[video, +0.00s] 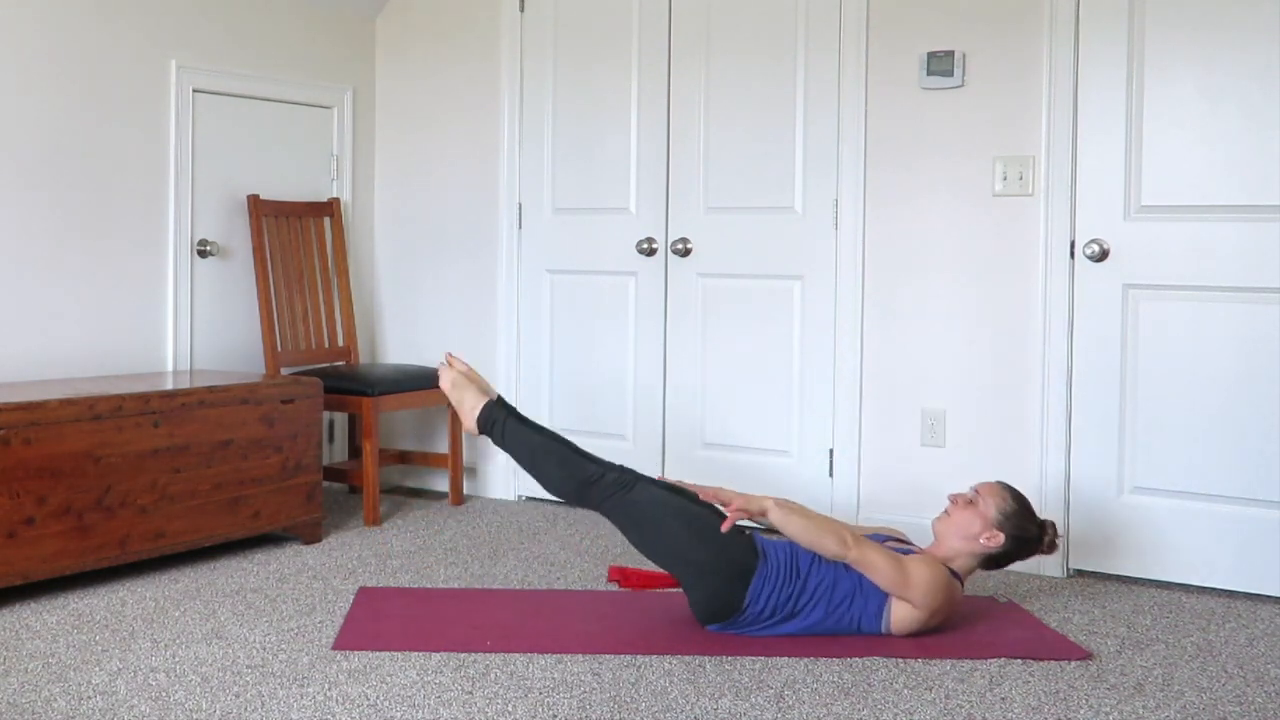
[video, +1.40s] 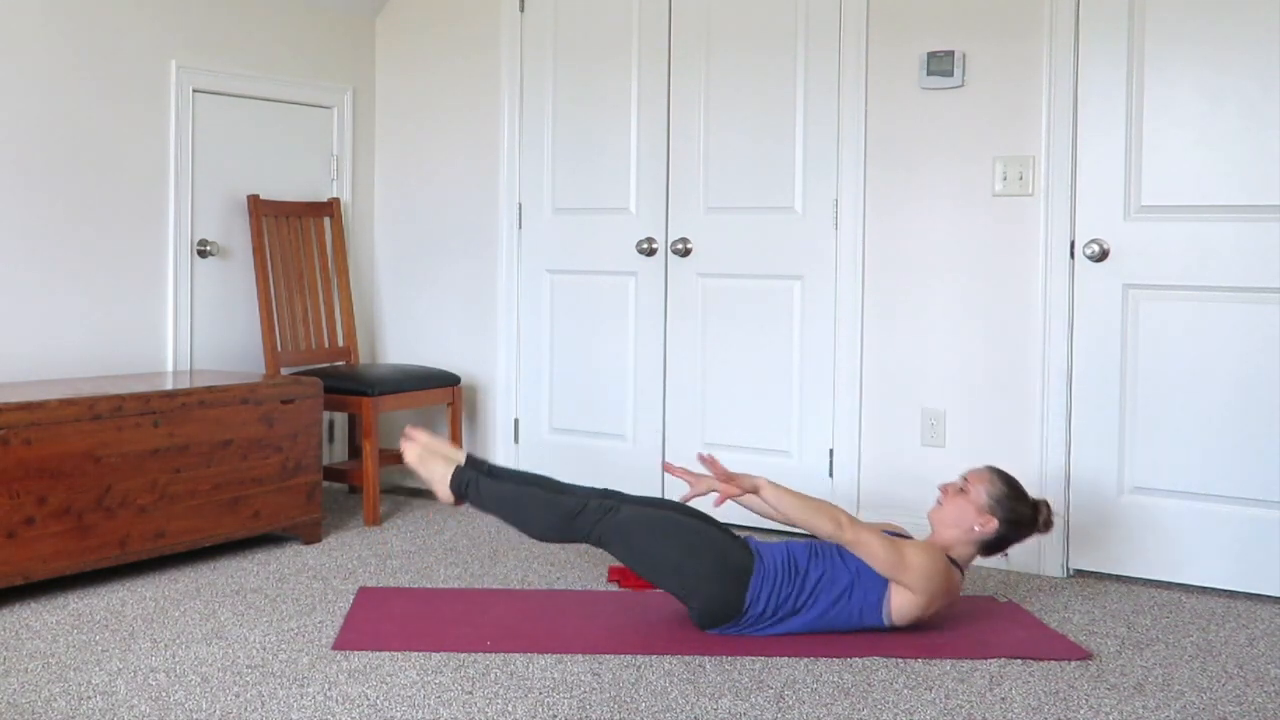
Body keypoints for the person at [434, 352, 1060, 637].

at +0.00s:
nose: (953, 501)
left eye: (969, 505)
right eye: (966, 496)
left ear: (985, 543)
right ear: (967, 527)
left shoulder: (930, 585)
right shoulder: (912, 559)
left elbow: (843, 543)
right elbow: (822, 533)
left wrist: (767, 509)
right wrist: (744, 504)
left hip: (739, 582)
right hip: (740, 563)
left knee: (606, 484)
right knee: (607, 480)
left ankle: (484, 409)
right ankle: (486, 414)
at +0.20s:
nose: (932, 495)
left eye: (949, 495)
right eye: (941, 487)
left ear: (973, 529)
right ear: (948, 508)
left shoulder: (925, 577)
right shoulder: (904, 543)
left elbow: (833, 548)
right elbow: (815, 524)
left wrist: (744, 517)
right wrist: (729, 507)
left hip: (736, 586)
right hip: (739, 565)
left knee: (598, 510)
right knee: (602, 504)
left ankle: (456, 458)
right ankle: (462, 463)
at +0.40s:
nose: (892, 438)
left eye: (910, 435)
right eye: (900, 428)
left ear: (940, 464)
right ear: (915, 450)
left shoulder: (907, 524)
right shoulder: (876, 494)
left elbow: (809, 524)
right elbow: (788, 496)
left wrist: (711, 514)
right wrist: (701, 496)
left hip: (729, 588)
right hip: (726, 565)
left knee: (597, 491)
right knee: (598, 487)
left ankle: (449, 520)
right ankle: (454, 514)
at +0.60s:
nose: (829, 380)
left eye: (843, 376)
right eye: (836, 370)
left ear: (872, 403)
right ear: (863, 400)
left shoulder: (863, 472)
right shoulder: (827, 451)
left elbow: (757, 497)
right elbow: (737, 476)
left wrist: (657, 513)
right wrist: (650, 504)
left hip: (724, 595)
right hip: (717, 574)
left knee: (635, 446)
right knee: (632, 445)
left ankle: (500, 503)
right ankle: (497, 489)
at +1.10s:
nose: (862, 408)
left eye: (877, 404)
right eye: (871, 399)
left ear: (906, 431)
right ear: (896, 425)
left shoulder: (875, 494)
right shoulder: (860, 475)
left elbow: (770, 493)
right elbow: (762, 480)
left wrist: (677, 490)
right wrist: (672, 486)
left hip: (726, 595)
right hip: (727, 570)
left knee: (617, 463)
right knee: (618, 458)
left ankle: (468, 482)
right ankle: (473, 474)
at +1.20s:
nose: (898, 442)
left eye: (915, 441)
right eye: (907, 433)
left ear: (940, 471)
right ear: (923, 459)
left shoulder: (902, 527)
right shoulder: (884, 505)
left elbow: (800, 508)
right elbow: (789, 499)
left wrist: (700, 491)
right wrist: (696, 487)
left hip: (727, 586)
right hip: (729, 566)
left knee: (590, 493)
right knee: (594, 492)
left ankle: (445, 494)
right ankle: (450, 490)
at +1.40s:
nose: (941, 496)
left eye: (958, 496)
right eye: (951, 489)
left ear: (980, 532)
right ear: (965, 518)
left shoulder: (926, 571)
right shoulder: (920, 556)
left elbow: (836, 526)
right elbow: (833, 525)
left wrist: (751, 488)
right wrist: (741, 487)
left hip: (739, 584)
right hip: (741, 564)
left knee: (602, 513)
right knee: (602, 505)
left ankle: (457, 479)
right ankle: (463, 472)